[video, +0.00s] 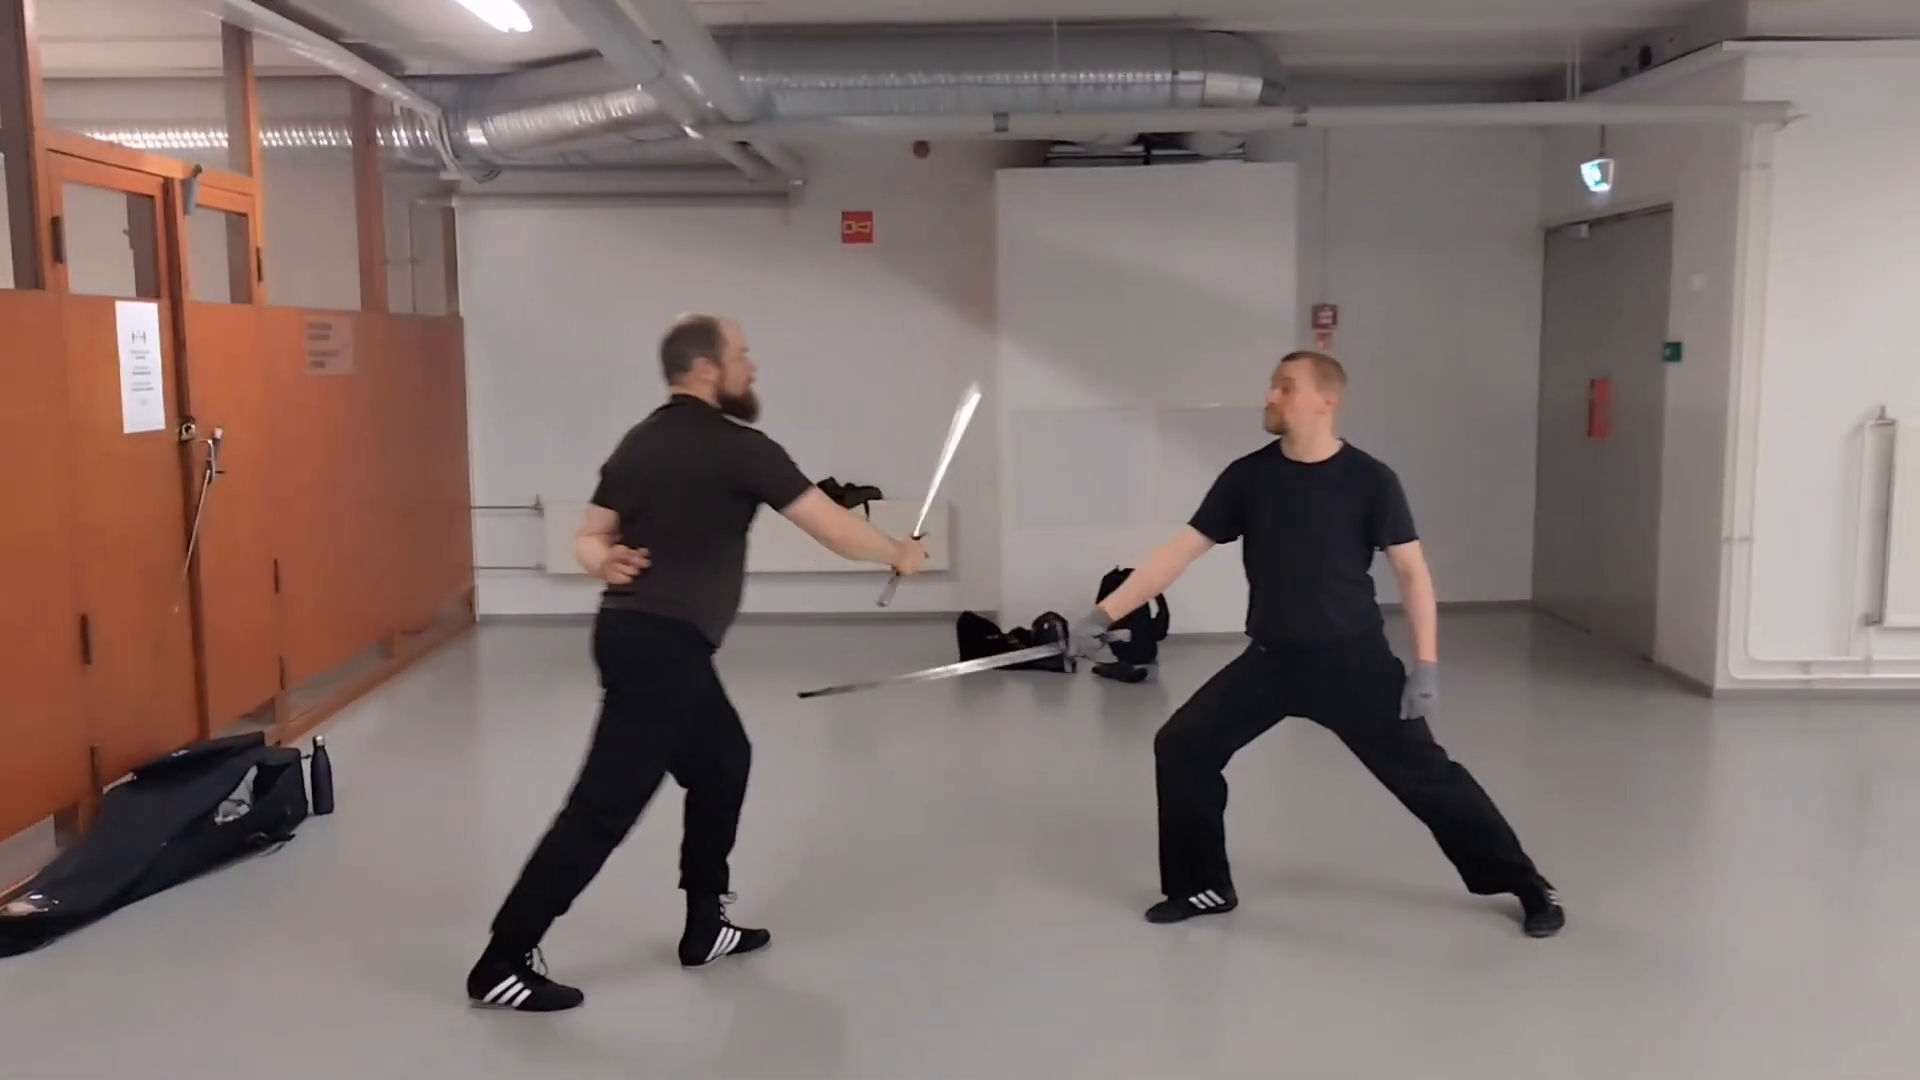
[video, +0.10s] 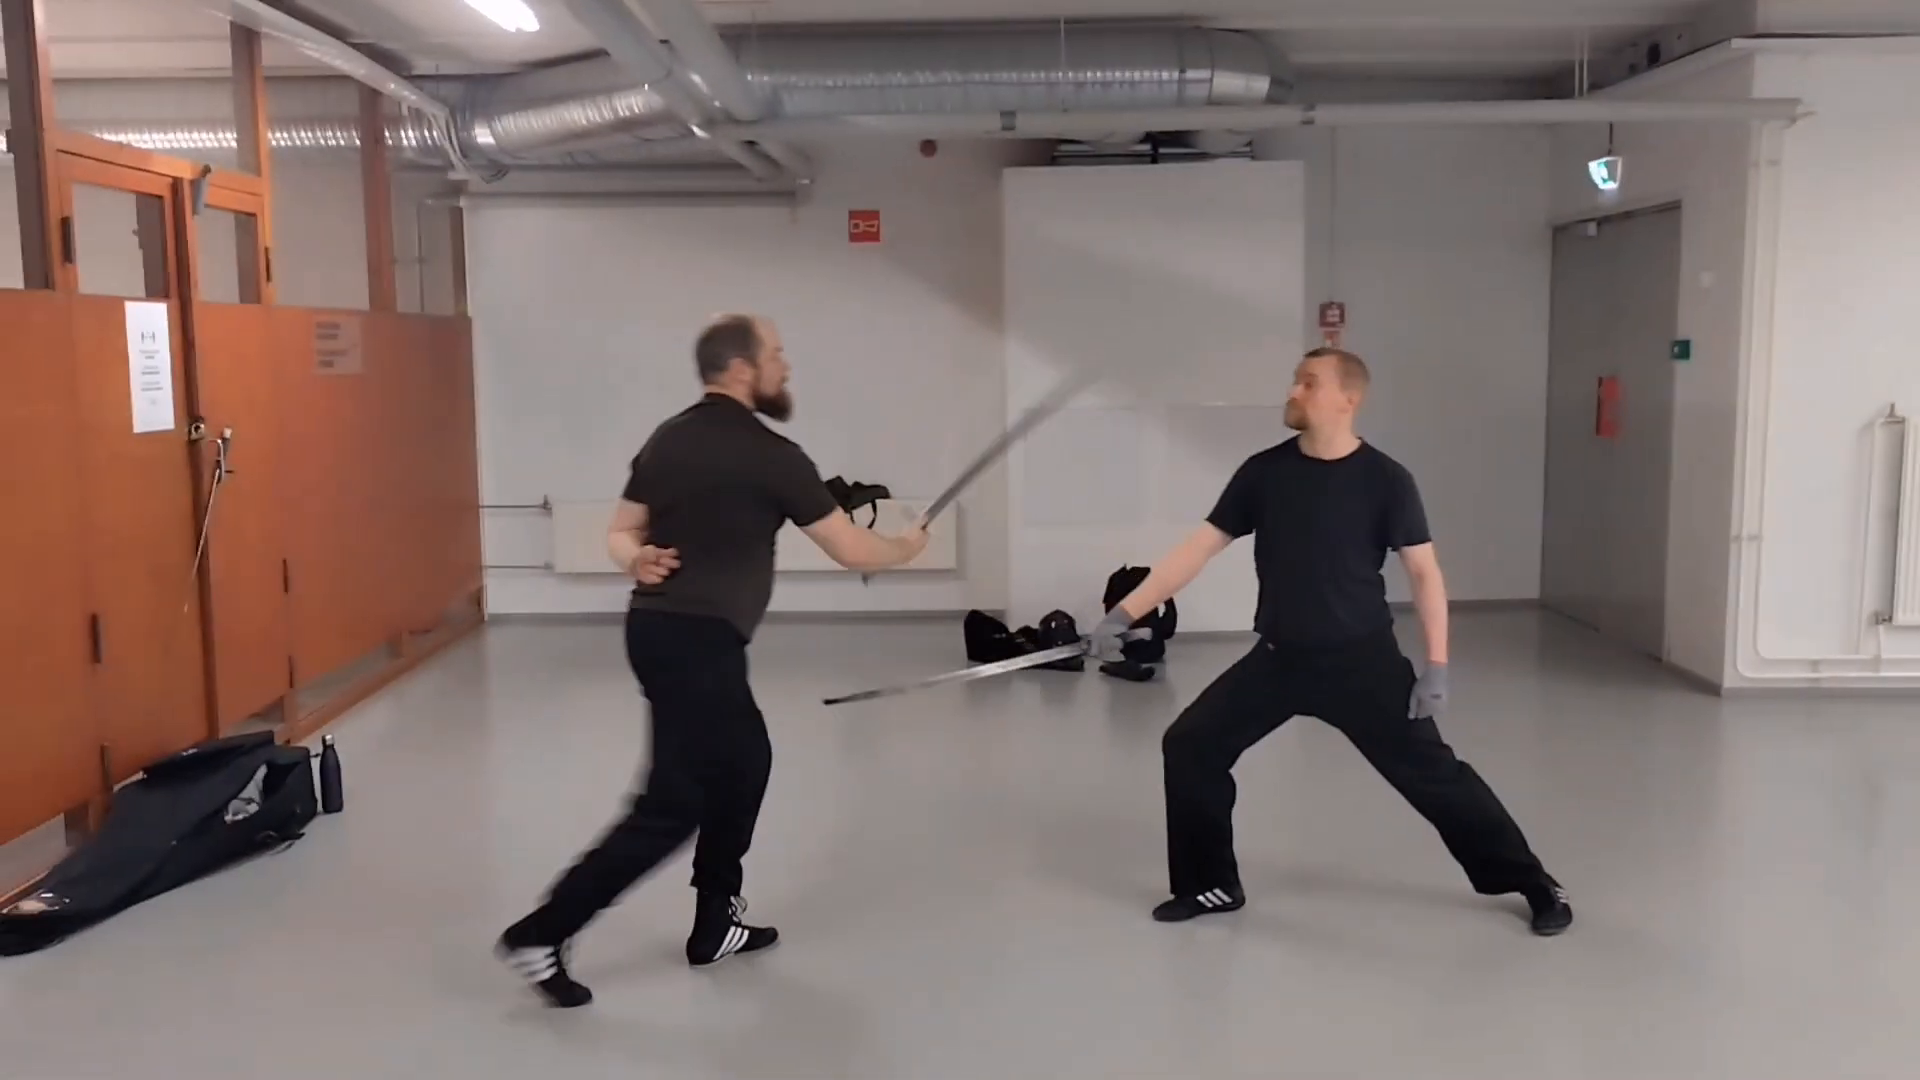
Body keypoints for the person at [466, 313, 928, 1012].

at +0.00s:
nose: (754, 368)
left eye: (749, 355)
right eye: (743, 357)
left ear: (686, 374)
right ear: (705, 371)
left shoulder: (643, 441)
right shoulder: (740, 446)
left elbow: (590, 540)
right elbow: (837, 530)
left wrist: (607, 559)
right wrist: (896, 553)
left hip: (630, 632)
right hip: (666, 643)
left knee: (722, 760)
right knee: (602, 808)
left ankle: (705, 927)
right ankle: (501, 965)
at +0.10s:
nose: (787, 367)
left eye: (782, 355)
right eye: (777, 357)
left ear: (722, 374)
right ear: (741, 370)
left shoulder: (670, 439)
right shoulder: (770, 452)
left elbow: (623, 534)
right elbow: (855, 550)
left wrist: (639, 556)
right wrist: (910, 545)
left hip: (659, 629)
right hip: (701, 638)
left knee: (744, 761)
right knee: (680, 798)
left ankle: (715, 924)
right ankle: (540, 934)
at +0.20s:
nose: (818, 366)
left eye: (814, 353)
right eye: (809, 355)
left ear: (752, 370)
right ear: (776, 368)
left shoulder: (693, 433)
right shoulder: (801, 453)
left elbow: (644, 519)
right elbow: (872, 544)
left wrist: (657, 549)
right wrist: (929, 526)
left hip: (672, 624)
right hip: (728, 630)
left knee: (734, 777)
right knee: (767, 796)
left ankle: (718, 925)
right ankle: (629, 915)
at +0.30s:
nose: (847, 366)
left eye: (844, 354)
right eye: (839, 355)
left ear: (780, 366)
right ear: (807, 365)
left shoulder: (715, 426)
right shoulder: (825, 450)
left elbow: (661, 508)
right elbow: (895, 533)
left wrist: (679, 544)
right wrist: (957, 513)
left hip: (688, 622)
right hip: (752, 628)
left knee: (743, 771)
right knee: (833, 774)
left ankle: (713, 924)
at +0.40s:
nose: (872, 369)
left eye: (870, 357)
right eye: (866, 357)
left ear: (806, 366)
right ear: (834, 365)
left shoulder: (737, 424)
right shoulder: (849, 449)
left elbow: (678, 503)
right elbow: (923, 527)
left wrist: (701, 543)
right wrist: (987, 507)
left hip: (714, 628)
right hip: (782, 629)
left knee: (749, 773)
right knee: (879, 756)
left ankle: (707, 923)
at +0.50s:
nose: (901, 372)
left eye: (899, 360)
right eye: (894, 361)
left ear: (835, 370)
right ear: (861, 369)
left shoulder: (766, 429)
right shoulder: (880, 453)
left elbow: (706, 509)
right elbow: (951, 532)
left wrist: (735, 549)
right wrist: (1011, 505)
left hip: (746, 631)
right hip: (815, 633)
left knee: (763, 771)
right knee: (913, 757)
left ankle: (700, 920)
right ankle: (1003, 902)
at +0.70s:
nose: (982, 383)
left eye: (978, 371)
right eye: (976, 372)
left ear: (912, 381)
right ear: (952, 381)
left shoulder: (853, 446)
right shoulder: (967, 468)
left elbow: (791, 529)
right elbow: (1027, 557)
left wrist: (826, 568)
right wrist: (1058, 522)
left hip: (834, 646)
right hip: (913, 649)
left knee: (802, 779)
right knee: (1013, 762)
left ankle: (696, 909)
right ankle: (1042, 920)